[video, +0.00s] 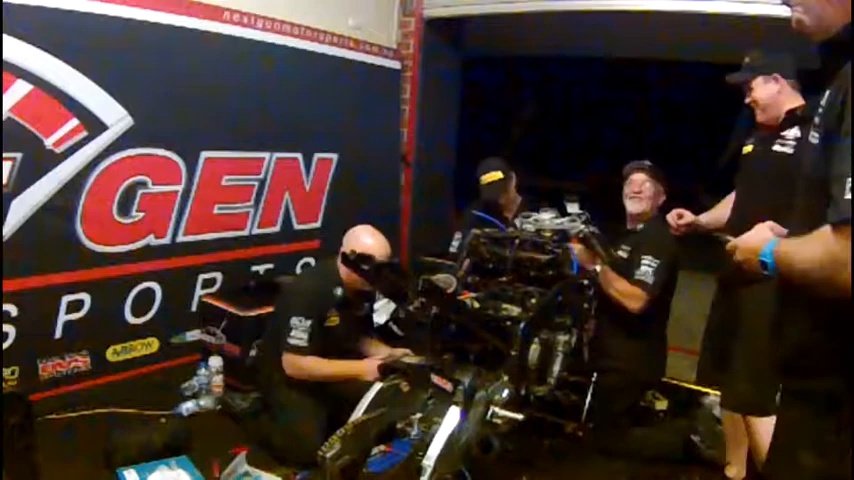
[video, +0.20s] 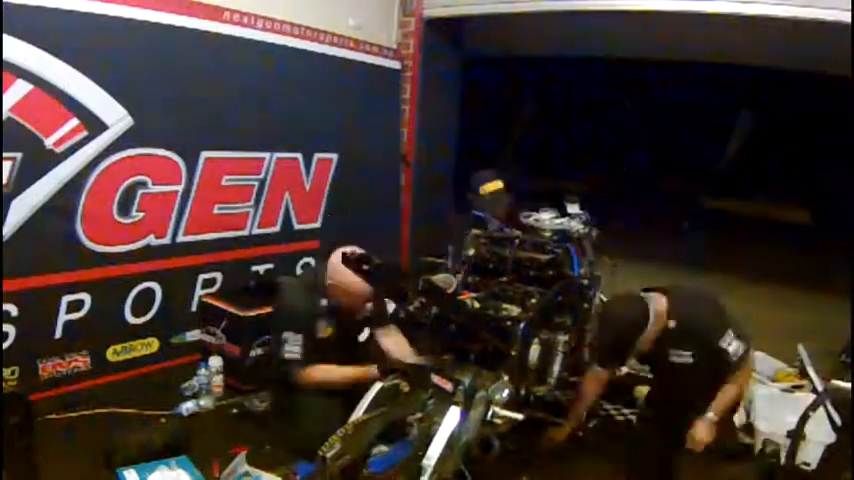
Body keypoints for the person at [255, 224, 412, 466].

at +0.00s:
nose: (374, 276)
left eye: (380, 268)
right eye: (367, 266)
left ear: (386, 266)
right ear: (345, 258)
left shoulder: (361, 292)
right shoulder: (309, 291)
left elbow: (357, 338)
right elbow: (294, 365)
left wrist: (388, 354)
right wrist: (361, 369)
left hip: (328, 376)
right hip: (289, 383)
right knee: (307, 448)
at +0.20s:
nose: (367, 307)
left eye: (370, 300)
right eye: (362, 300)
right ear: (338, 290)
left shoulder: (356, 298)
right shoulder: (297, 301)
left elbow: (385, 328)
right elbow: (299, 373)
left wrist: (418, 372)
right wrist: (374, 372)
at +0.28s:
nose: (375, 292)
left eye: (377, 284)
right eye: (369, 284)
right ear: (346, 276)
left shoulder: (364, 295)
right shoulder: (308, 298)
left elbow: (382, 345)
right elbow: (319, 374)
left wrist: (408, 367)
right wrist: (383, 378)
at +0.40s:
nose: (337, 253)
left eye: (341, 245)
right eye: (330, 245)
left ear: (346, 241)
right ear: (306, 238)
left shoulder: (345, 270)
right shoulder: (287, 280)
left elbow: (379, 309)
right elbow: (293, 353)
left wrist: (409, 355)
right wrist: (354, 364)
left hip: (345, 389)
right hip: (302, 398)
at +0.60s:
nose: (387, 260)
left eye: (390, 253)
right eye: (379, 252)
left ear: (393, 252)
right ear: (353, 252)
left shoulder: (373, 287)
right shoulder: (321, 286)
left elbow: (380, 343)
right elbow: (340, 361)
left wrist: (417, 372)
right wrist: (395, 376)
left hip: (340, 368)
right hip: (301, 372)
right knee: (325, 441)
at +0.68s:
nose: (380, 284)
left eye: (385, 275)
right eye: (374, 275)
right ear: (353, 265)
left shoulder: (372, 294)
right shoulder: (311, 291)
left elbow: (384, 347)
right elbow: (300, 367)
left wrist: (422, 377)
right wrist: (372, 370)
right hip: (300, 388)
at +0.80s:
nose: (326, 286)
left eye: (333, 279)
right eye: (319, 278)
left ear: (345, 267)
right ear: (305, 262)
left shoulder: (349, 284)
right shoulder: (283, 297)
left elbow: (358, 324)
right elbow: (268, 370)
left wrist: (363, 362)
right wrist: (296, 430)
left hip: (335, 375)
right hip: (297, 377)